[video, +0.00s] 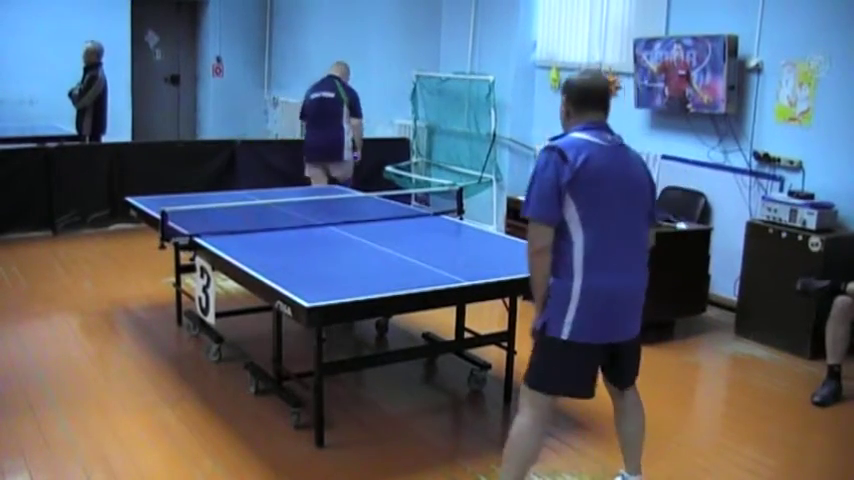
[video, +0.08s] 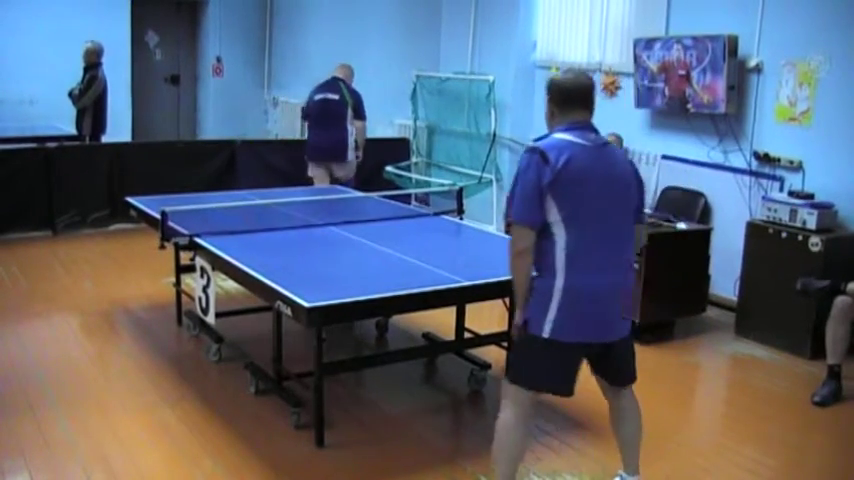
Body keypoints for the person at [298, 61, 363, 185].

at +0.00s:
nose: (348, 79)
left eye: (347, 77)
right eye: (348, 76)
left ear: (330, 72)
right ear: (346, 75)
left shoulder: (312, 89)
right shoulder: (348, 92)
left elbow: (304, 118)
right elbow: (356, 122)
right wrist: (358, 148)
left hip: (313, 148)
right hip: (338, 149)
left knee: (318, 194)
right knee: (344, 193)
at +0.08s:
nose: (351, 81)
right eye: (351, 78)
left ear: (334, 74)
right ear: (350, 77)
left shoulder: (317, 89)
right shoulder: (352, 94)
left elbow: (306, 117)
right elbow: (359, 124)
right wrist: (360, 148)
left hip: (316, 149)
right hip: (341, 150)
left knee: (320, 194)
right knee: (346, 193)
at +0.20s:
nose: (358, 82)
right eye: (358, 79)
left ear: (342, 74)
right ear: (357, 78)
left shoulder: (322, 89)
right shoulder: (358, 95)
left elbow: (313, 117)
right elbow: (365, 126)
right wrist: (363, 149)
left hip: (321, 149)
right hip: (346, 150)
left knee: (322, 191)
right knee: (349, 190)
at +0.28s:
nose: (361, 81)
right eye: (361, 79)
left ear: (344, 73)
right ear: (359, 78)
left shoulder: (324, 88)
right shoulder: (361, 94)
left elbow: (316, 116)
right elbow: (367, 124)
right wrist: (364, 148)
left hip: (324, 146)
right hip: (348, 148)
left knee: (322, 185)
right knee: (351, 186)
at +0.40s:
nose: (362, 80)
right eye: (362, 77)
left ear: (346, 72)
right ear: (361, 76)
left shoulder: (327, 86)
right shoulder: (363, 90)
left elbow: (317, 112)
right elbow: (368, 120)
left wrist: (327, 127)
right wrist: (365, 137)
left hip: (326, 139)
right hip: (350, 140)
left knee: (325, 178)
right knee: (351, 182)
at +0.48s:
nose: (361, 79)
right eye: (361, 77)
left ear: (346, 72)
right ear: (361, 76)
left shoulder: (328, 86)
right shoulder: (363, 91)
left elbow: (318, 112)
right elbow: (369, 119)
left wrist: (327, 126)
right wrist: (365, 134)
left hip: (327, 140)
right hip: (351, 141)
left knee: (327, 180)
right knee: (350, 182)